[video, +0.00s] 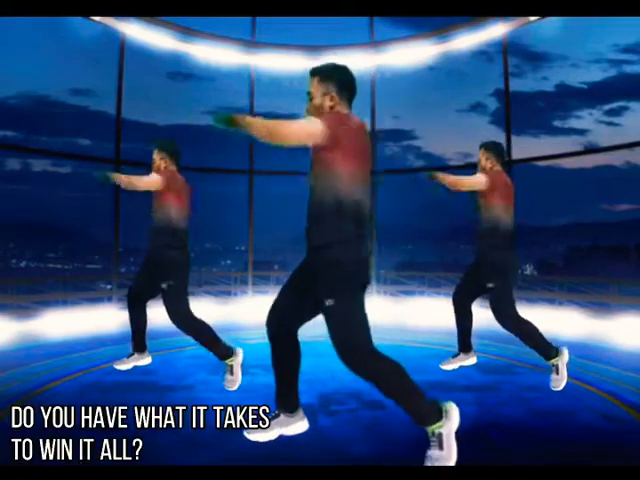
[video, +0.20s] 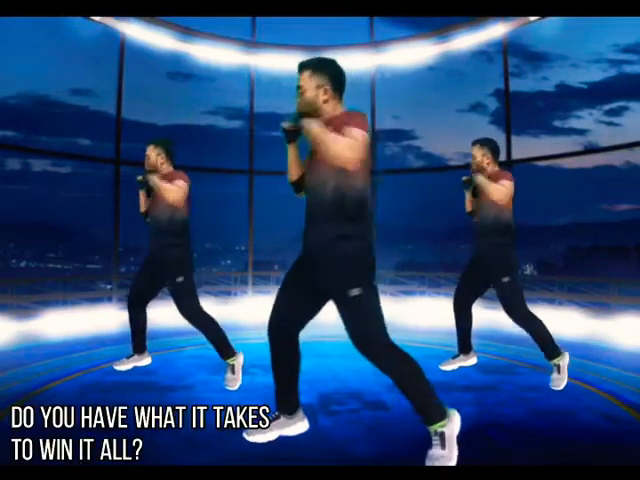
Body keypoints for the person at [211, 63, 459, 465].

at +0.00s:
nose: (309, 103)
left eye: (314, 95)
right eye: (310, 96)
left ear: (332, 96)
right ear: (339, 97)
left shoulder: (335, 127)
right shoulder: (351, 129)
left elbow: (278, 133)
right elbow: (285, 133)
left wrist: (242, 121)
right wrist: (251, 122)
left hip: (339, 259)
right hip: (332, 256)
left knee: (356, 353)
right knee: (280, 323)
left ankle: (437, 418)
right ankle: (288, 414)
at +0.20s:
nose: (299, 96)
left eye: (303, 89)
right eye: (299, 89)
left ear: (326, 90)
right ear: (319, 93)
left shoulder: (352, 122)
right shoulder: (316, 133)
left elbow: (351, 156)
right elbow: (299, 184)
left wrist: (309, 125)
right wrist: (291, 144)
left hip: (349, 255)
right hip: (317, 254)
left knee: (373, 344)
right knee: (281, 329)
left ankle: (441, 422)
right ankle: (289, 414)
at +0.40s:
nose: (311, 95)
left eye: (318, 87)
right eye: (309, 88)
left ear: (343, 88)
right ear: (315, 91)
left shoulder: (376, 126)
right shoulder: (309, 145)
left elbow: (391, 171)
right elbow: (278, 186)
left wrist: (350, 124)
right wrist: (269, 140)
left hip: (370, 258)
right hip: (319, 260)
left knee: (402, 344)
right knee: (289, 333)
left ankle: (416, 426)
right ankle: (289, 413)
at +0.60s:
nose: (321, 94)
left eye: (328, 85)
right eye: (319, 87)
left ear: (354, 85)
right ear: (324, 90)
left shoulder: (385, 126)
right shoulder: (314, 142)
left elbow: (403, 173)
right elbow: (282, 187)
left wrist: (362, 125)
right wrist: (271, 139)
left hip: (379, 259)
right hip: (325, 259)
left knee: (407, 346)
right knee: (295, 334)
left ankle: (416, 427)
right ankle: (289, 413)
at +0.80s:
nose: (332, 92)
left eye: (340, 83)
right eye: (326, 85)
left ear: (360, 85)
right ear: (320, 90)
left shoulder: (385, 126)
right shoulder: (314, 141)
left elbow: (405, 172)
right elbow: (285, 188)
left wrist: (363, 125)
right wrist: (273, 141)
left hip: (376, 258)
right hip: (324, 259)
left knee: (403, 347)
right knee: (293, 334)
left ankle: (416, 427)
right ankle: (289, 413)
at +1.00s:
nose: (337, 108)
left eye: (345, 99)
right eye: (328, 100)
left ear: (360, 104)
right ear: (319, 107)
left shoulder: (381, 145)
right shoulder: (311, 156)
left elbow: (404, 200)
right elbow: (284, 206)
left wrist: (364, 153)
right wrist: (268, 164)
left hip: (373, 276)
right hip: (320, 274)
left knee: (406, 361)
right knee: (273, 337)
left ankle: (417, 429)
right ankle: (287, 414)